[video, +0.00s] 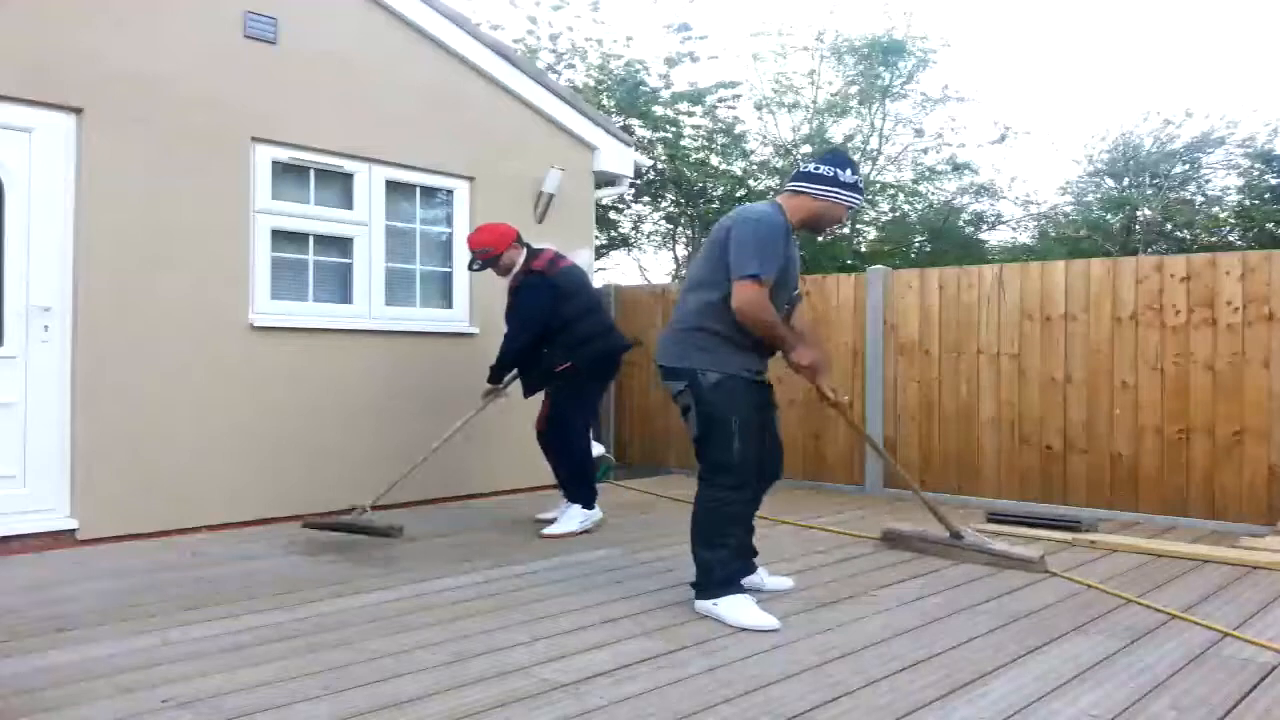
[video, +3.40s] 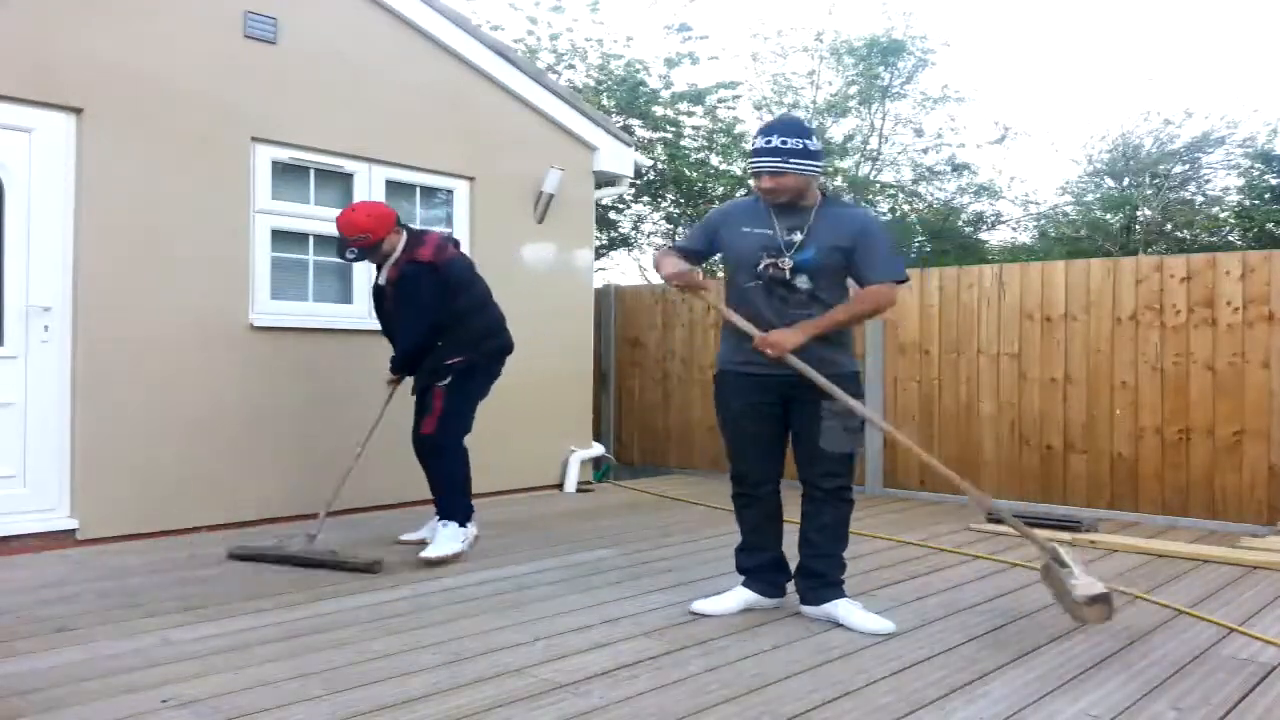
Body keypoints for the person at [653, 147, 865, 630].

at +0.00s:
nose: (843, 221)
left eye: (848, 212)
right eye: (845, 209)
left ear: (814, 192)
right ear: (825, 195)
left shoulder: (786, 245)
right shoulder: (759, 221)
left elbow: (786, 315)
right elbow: (746, 303)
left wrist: (812, 357)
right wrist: (789, 344)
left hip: (740, 367)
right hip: (707, 363)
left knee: (762, 464)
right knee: (729, 470)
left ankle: (737, 566)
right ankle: (714, 589)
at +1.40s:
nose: (863, 211)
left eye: (868, 204)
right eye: (865, 200)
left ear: (838, 186)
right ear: (842, 186)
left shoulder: (818, 246)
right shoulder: (770, 209)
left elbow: (821, 304)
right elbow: (703, 248)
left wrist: (839, 340)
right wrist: (783, 280)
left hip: (790, 377)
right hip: (736, 370)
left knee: (787, 483)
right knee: (729, 482)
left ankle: (803, 580)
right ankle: (704, 591)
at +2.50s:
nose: (917, 204)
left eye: (923, 195)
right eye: (915, 191)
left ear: (900, 184)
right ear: (887, 175)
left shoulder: (892, 241)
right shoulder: (794, 206)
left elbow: (890, 310)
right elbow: (708, 232)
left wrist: (872, 340)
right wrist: (774, 256)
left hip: (833, 381)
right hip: (759, 369)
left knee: (820, 490)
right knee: (737, 482)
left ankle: (820, 594)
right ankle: (714, 592)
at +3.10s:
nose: (874, 198)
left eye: (882, 188)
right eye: (865, 186)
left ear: (887, 183)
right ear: (835, 173)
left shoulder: (888, 236)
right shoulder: (768, 213)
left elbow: (912, 309)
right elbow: (702, 270)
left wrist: (887, 377)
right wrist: (759, 315)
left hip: (838, 386)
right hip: (758, 378)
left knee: (831, 489)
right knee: (755, 484)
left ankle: (822, 593)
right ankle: (762, 583)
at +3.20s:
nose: (822, 190)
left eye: (836, 180)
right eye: (812, 177)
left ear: (856, 179)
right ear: (796, 169)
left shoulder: (877, 229)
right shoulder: (752, 215)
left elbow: (913, 298)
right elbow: (692, 270)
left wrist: (877, 363)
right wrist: (739, 298)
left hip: (836, 381)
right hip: (756, 378)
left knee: (830, 489)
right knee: (756, 484)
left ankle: (822, 593)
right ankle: (762, 584)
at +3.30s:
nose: (794, 185)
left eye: (807, 177)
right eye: (787, 174)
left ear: (835, 175)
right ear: (777, 167)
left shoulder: (869, 226)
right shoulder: (742, 216)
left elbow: (908, 292)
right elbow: (681, 266)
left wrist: (858, 349)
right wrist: (716, 286)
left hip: (830, 380)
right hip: (753, 377)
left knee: (828, 488)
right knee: (755, 484)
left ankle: (822, 593)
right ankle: (762, 584)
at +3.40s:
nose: (766, 183)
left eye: (778, 173)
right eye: (759, 172)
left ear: (809, 170)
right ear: (751, 169)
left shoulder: (852, 222)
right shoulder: (731, 216)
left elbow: (884, 292)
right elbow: (668, 255)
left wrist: (803, 330)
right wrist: (680, 270)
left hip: (826, 377)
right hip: (746, 373)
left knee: (829, 485)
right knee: (752, 482)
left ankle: (823, 593)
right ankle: (762, 584)